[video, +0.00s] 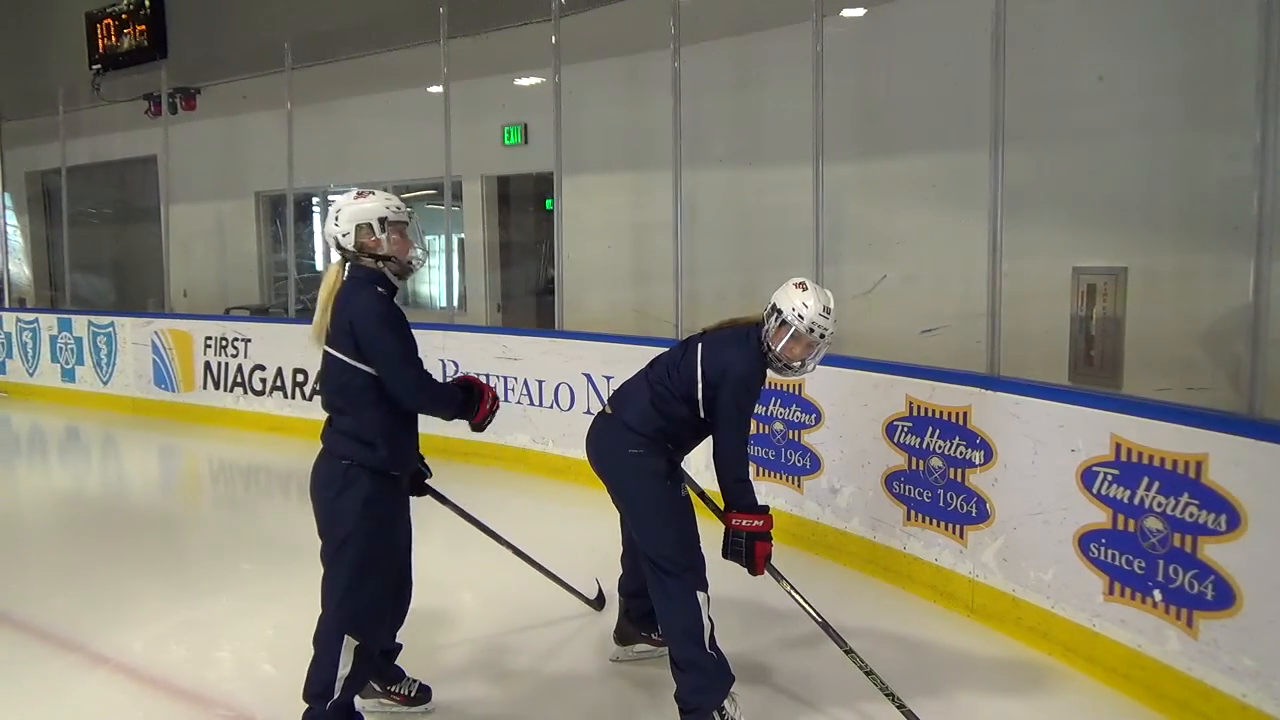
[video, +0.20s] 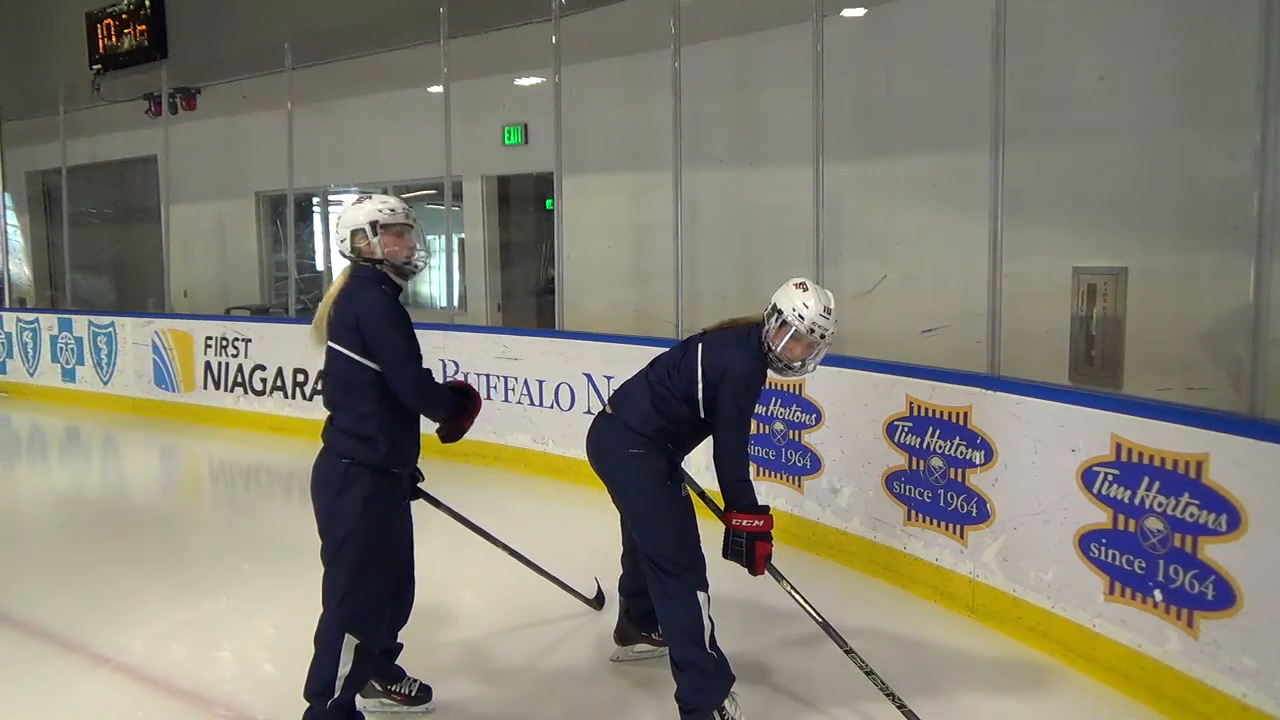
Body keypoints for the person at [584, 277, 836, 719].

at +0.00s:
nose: (793, 349)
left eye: (806, 343)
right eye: (789, 335)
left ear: (819, 347)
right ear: (772, 322)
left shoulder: (742, 341)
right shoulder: (742, 364)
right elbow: (730, 449)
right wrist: (747, 517)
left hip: (619, 436)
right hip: (636, 447)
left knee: (645, 536)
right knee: (679, 569)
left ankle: (637, 625)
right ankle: (704, 704)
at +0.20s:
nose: (793, 349)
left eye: (806, 343)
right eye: (789, 335)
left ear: (819, 347)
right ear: (772, 322)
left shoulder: (743, 340)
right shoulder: (743, 365)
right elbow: (730, 450)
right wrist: (748, 518)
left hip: (619, 435)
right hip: (636, 446)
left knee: (644, 536)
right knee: (680, 570)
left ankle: (637, 625)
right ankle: (704, 704)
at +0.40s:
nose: (799, 354)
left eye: (811, 348)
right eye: (795, 340)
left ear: (823, 350)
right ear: (775, 323)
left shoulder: (743, 342)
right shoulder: (743, 364)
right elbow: (731, 451)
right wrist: (749, 519)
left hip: (620, 436)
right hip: (636, 446)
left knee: (646, 536)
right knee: (681, 570)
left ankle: (637, 624)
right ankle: (705, 704)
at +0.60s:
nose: (810, 360)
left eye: (819, 351)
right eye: (805, 346)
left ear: (825, 348)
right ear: (781, 328)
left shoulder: (744, 344)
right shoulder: (743, 365)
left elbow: (730, 441)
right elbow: (731, 450)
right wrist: (748, 519)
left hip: (619, 436)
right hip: (636, 447)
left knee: (645, 536)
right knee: (681, 570)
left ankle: (637, 625)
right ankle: (706, 705)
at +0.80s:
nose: (807, 357)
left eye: (816, 349)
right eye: (803, 343)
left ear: (823, 347)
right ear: (779, 326)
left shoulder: (742, 343)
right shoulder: (743, 365)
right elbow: (731, 451)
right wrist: (749, 520)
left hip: (618, 437)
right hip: (636, 447)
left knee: (647, 536)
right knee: (682, 570)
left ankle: (638, 625)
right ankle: (706, 704)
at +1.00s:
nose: (801, 349)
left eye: (809, 340)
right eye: (795, 336)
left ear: (817, 336)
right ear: (768, 321)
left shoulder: (735, 337)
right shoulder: (737, 362)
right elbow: (734, 452)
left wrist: (674, 441)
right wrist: (757, 520)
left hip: (632, 443)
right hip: (635, 454)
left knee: (666, 542)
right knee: (691, 579)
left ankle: (644, 624)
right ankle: (691, 706)